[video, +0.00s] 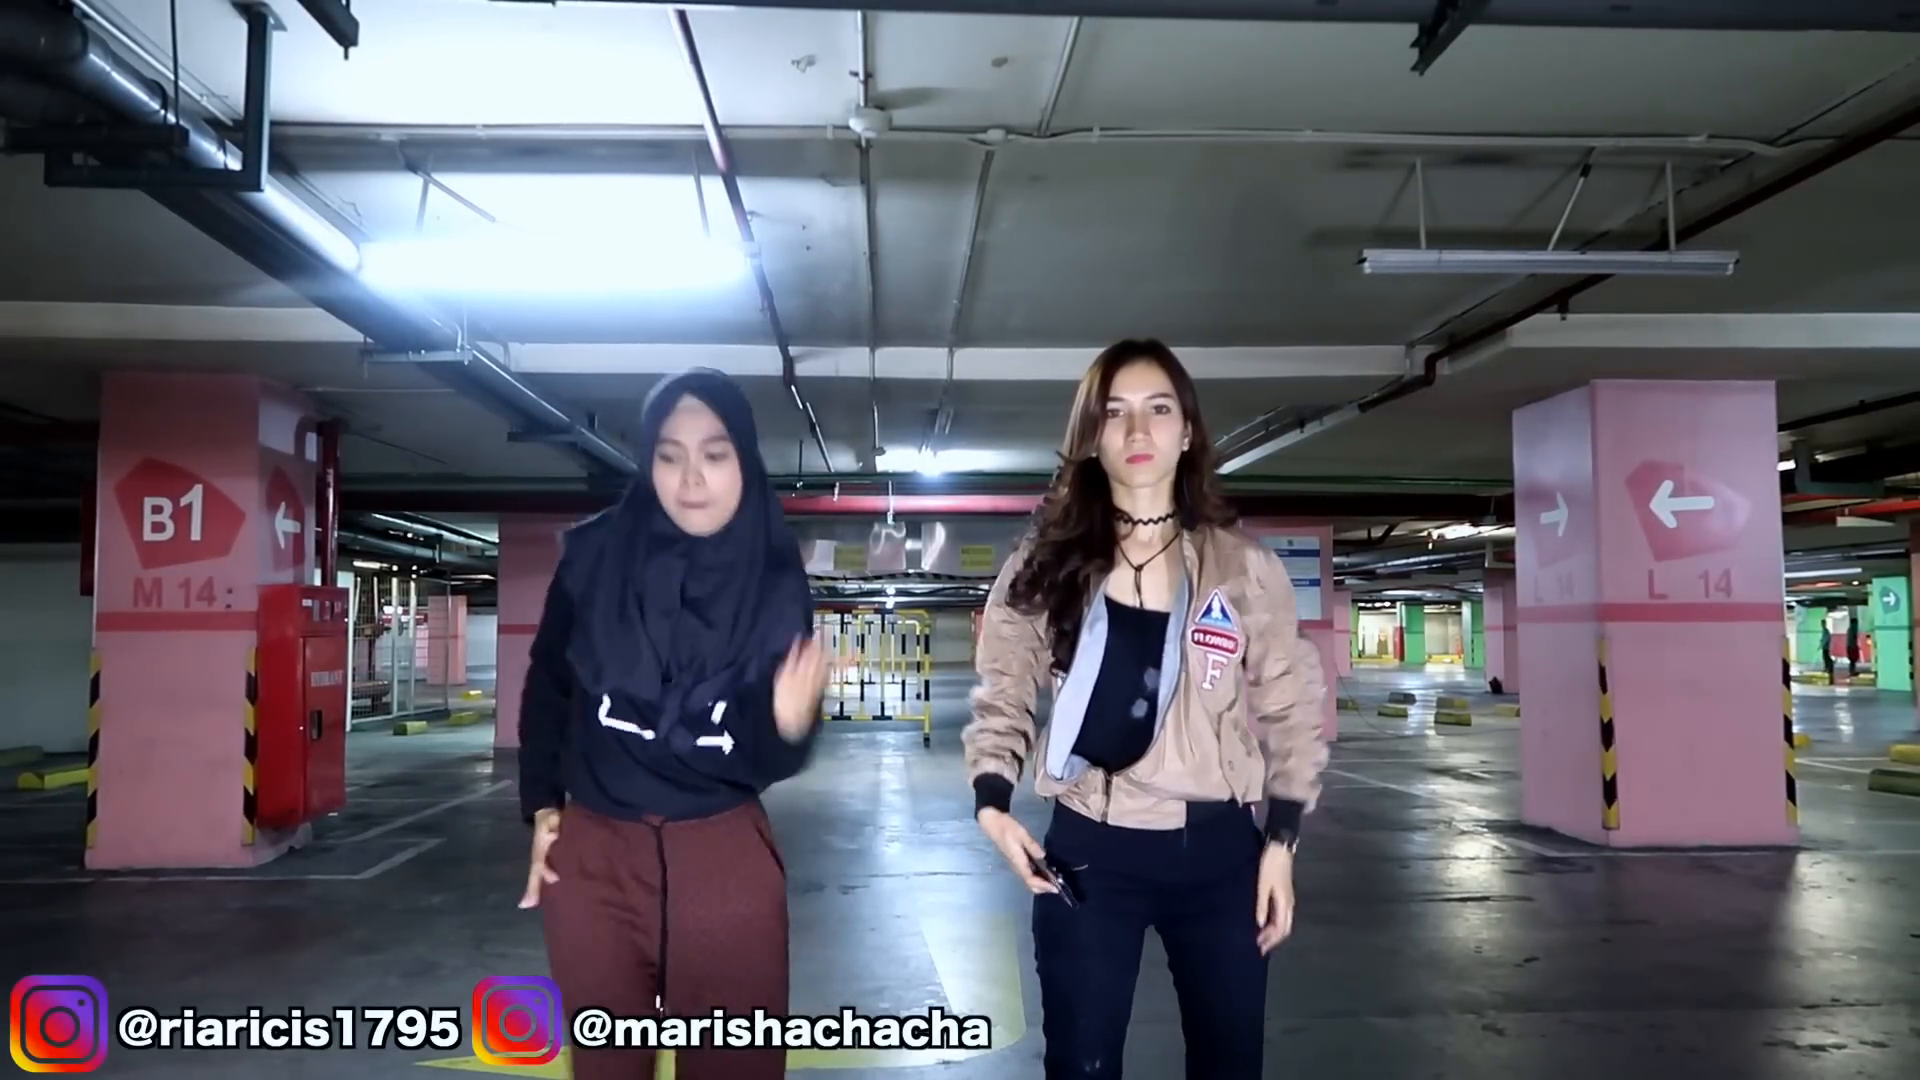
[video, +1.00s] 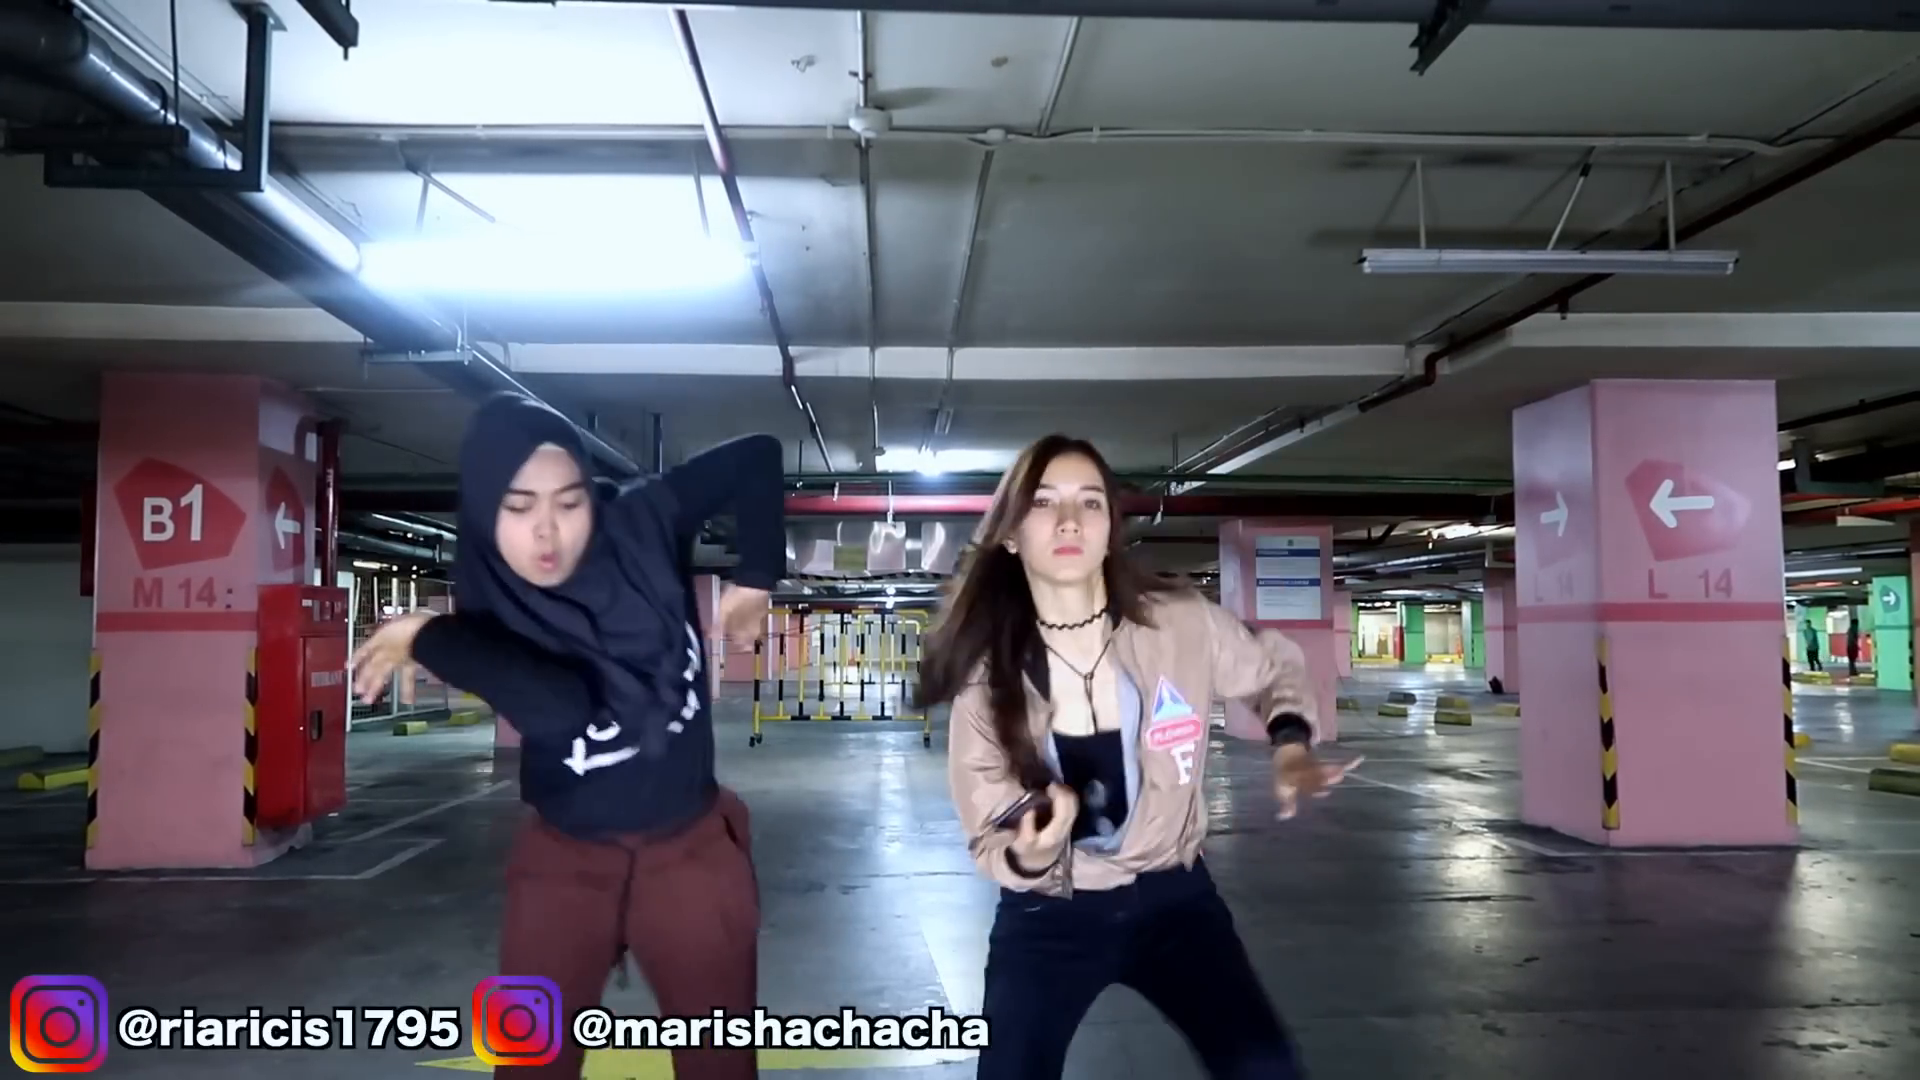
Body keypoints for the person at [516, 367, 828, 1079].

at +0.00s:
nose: (692, 479)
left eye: (714, 455)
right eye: (671, 456)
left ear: (747, 466)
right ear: (648, 465)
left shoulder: (773, 574)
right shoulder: (593, 552)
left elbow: (767, 763)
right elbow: (546, 687)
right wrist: (544, 809)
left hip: (725, 856)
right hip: (594, 854)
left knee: (736, 1066)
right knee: (606, 1066)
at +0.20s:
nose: (712, 549)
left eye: (739, 528)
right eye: (692, 522)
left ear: (768, 537)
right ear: (666, 520)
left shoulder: (754, 646)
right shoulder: (607, 567)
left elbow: (623, 795)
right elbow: (573, 682)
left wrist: (702, 736)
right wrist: (568, 737)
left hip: (680, 844)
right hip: (569, 828)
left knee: (713, 1065)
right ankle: (532, 1067)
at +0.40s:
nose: (701, 530)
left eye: (728, 513)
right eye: (682, 500)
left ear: (748, 527)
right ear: (644, 490)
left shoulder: (714, 628)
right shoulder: (565, 539)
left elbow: (566, 758)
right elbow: (500, 652)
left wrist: (662, 639)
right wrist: (452, 713)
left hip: (633, 870)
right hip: (505, 861)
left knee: (647, 1067)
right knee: (460, 1065)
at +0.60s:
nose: (634, 487)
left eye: (654, 465)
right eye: (611, 460)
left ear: (669, 466)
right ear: (555, 452)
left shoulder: (666, 558)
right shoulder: (472, 525)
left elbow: (721, 703)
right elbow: (320, 531)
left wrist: (597, 728)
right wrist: (309, 624)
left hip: (620, 829)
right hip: (483, 834)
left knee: (679, 1045)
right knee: (456, 1060)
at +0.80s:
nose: (537, 549)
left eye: (559, 524)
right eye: (511, 523)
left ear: (578, 520)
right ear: (464, 523)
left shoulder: (620, 583)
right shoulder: (433, 614)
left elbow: (753, 596)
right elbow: (393, 796)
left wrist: (716, 706)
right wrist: (375, 641)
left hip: (616, 860)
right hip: (486, 877)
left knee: (708, 952)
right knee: (449, 1068)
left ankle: (650, 1044)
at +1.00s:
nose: (547, 531)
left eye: (569, 503)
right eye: (520, 508)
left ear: (593, 499)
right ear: (484, 517)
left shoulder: (641, 523)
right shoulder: (484, 620)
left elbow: (756, 457)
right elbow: (562, 711)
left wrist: (756, 580)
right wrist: (423, 638)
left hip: (692, 852)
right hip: (563, 860)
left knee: (722, 1065)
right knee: (534, 1064)